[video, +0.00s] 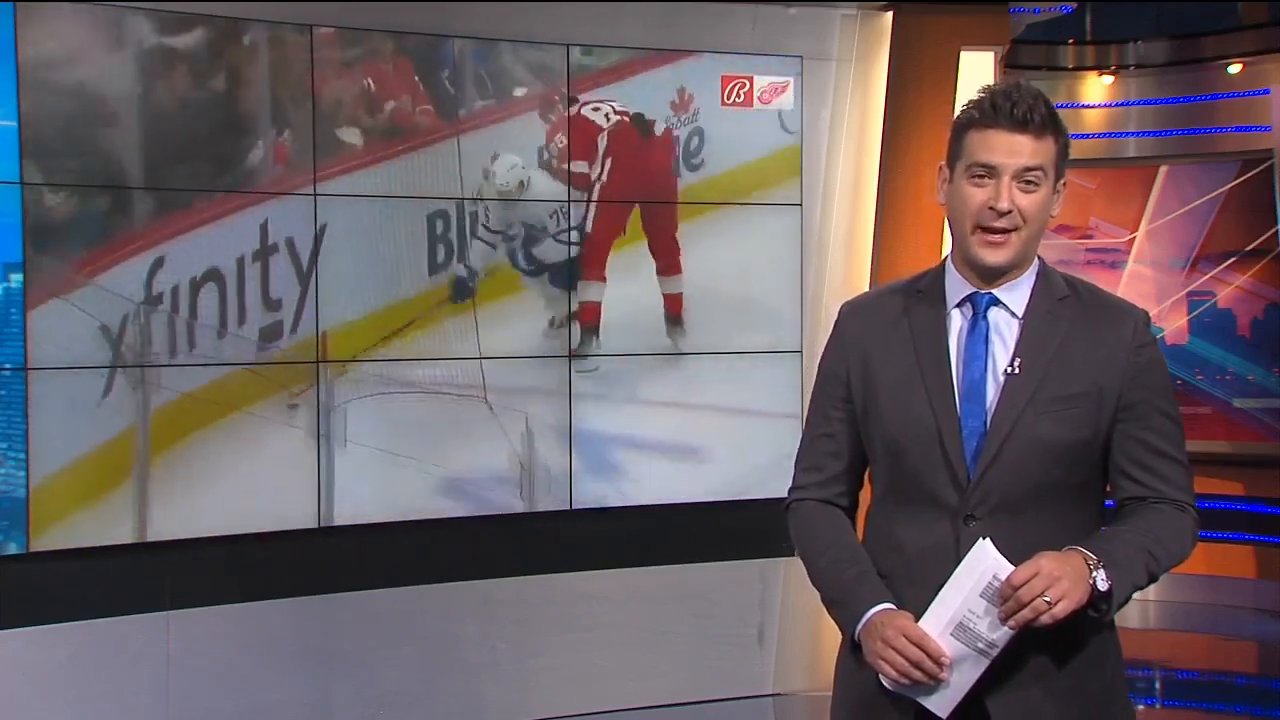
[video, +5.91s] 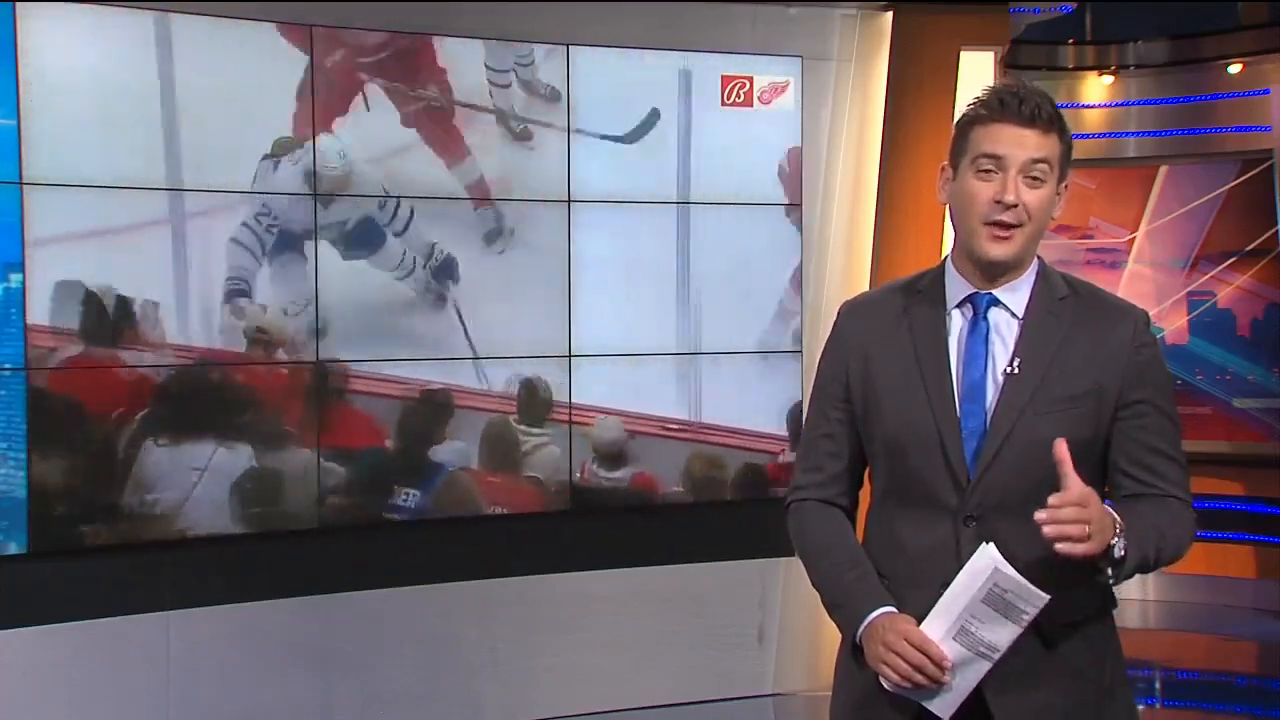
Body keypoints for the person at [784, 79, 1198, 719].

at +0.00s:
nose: (1001, 202)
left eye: (1027, 181)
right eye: (980, 175)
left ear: (1056, 197)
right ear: (945, 185)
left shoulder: (1118, 336)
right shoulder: (865, 328)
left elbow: (1166, 509)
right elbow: (816, 499)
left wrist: (1092, 566)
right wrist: (869, 614)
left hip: (1054, 691)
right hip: (892, 687)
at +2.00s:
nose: (1007, 185)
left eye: (1032, 168)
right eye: (984, 164)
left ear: (1060, 193)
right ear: (949, 186)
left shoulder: (1127, 332)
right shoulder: (876, 332)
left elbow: (1181, 507)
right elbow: (831, 506)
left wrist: (1107, 566)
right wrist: (885, 620)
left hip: (1071, 690)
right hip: (907, 687)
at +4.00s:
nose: (1004, 189)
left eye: (1029, 171)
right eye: (982, 164)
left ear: (1056, 196)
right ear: (946, 183)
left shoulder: (1119, 335)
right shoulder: (866, 326)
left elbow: (1167, 509)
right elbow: (816, 500)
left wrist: (1095, 571)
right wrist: (872, 619)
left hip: (1056, 691)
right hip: (893, 687)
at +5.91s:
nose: (1009, 197)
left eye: (1034, 177)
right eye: (987, 171)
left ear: (1058, 198)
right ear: (947, 185)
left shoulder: (1119, 336)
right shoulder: (864, 327)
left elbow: (1166, 511)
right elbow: (816, 499)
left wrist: (1113, 529)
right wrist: (870, 618)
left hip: (1056, 689)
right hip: (892, 685)